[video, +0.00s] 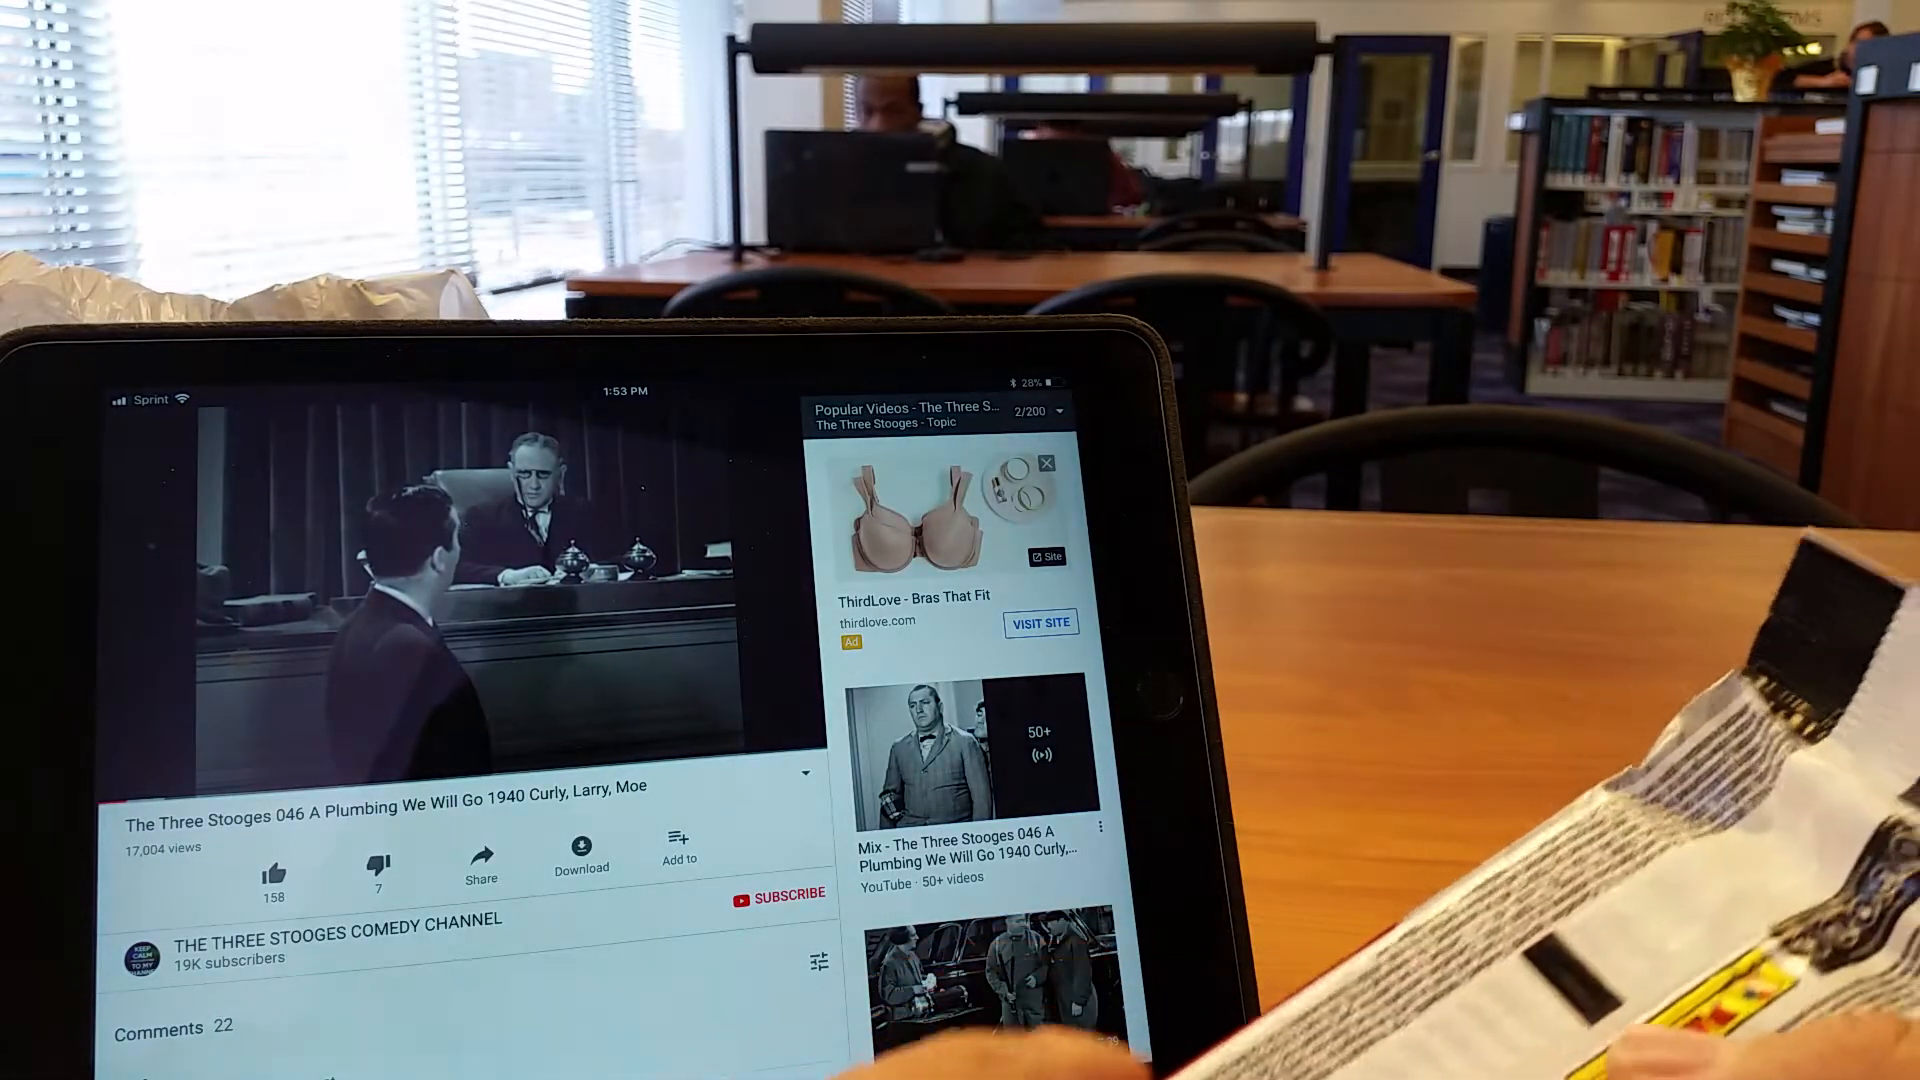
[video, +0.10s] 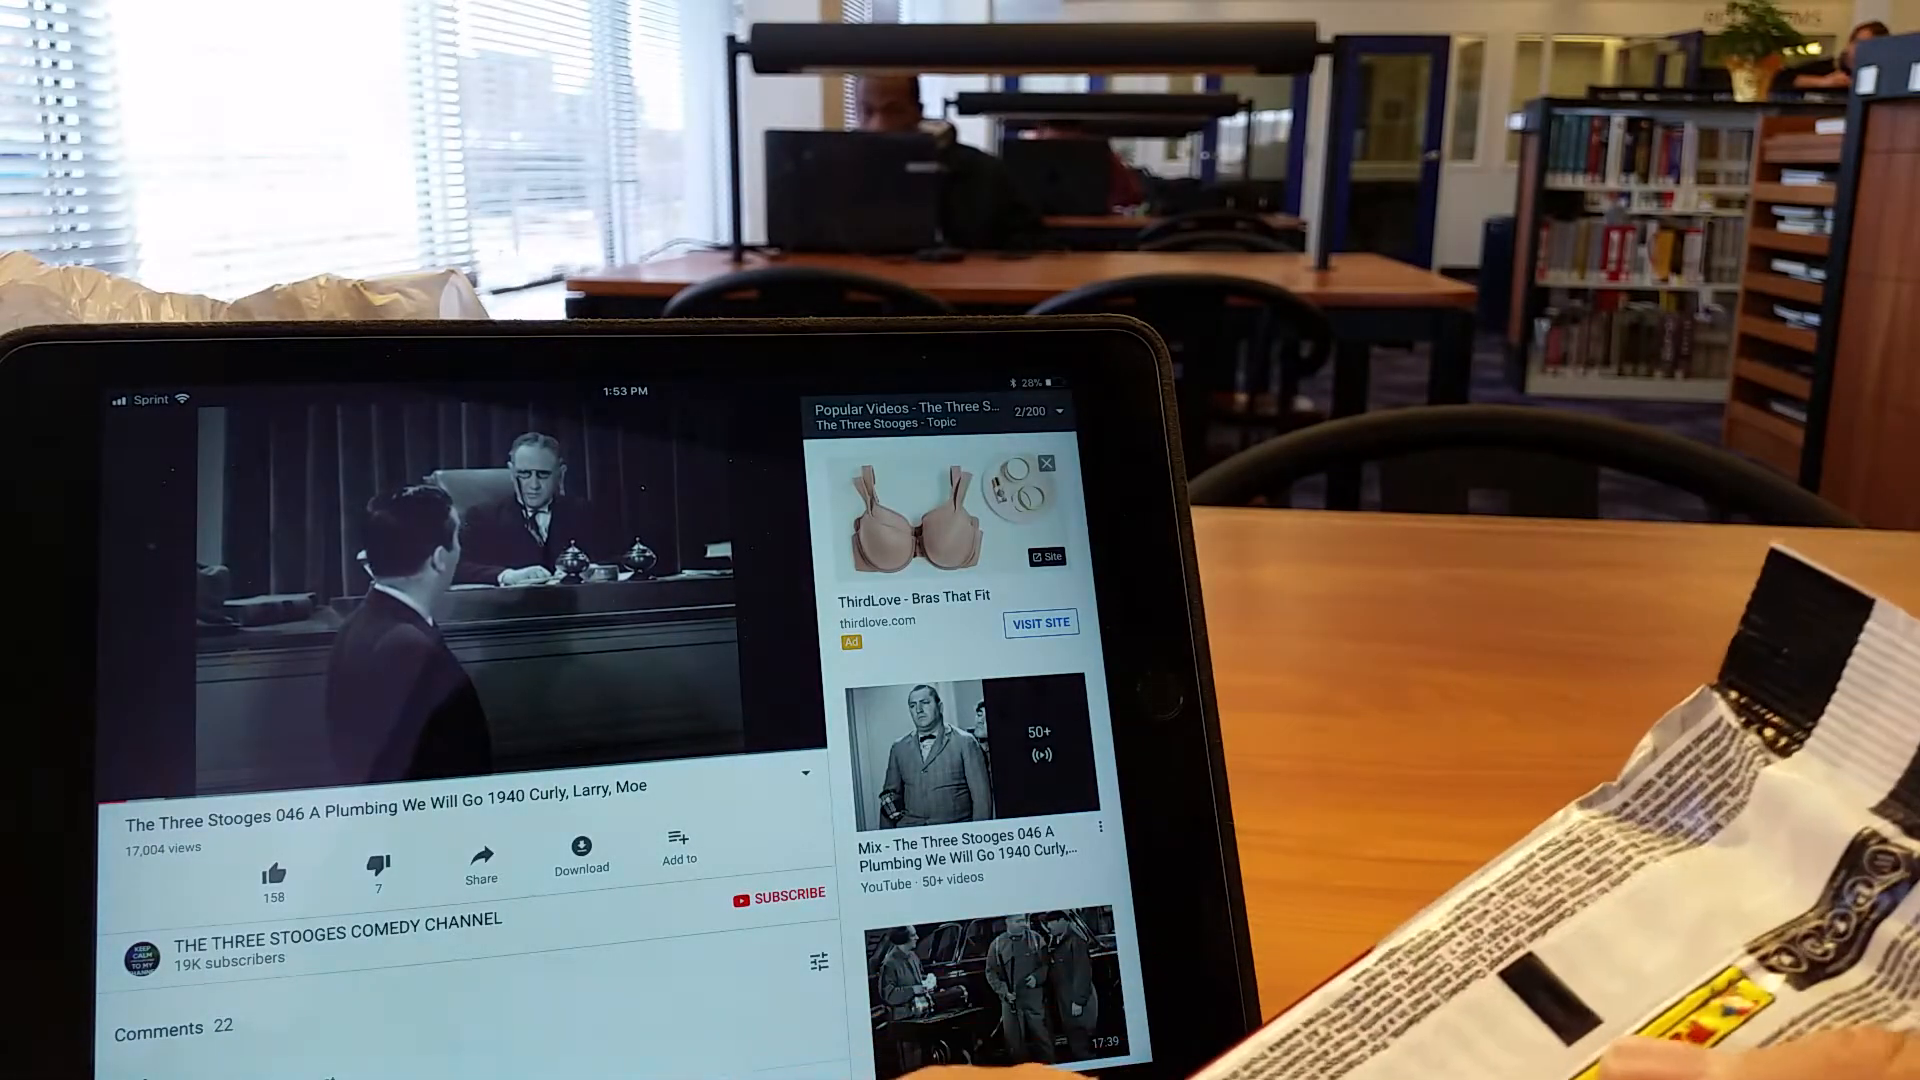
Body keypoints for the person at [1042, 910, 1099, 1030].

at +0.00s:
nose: (1049, 926)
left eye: (1052, 922)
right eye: (1047, 923)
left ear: (1062, 921)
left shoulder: (1076, 942)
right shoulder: (1057, 943)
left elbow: (1082, 972)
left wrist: (1079, 1001)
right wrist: (1036, 977)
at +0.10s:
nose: (1050, 928)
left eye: (1052, 924)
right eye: (1048, 925)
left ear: (1062, 922)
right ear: (1048, 926)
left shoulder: (1075, 940)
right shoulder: (1055, 942)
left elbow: (1083, 971)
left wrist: (1079, 1000)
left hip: (1076, 998)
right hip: (1063, 999)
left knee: (1081, 1043)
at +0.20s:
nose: (1049, 928)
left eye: (1052, 923)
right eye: (1047, 924)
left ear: (1062, 922)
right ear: (1047, 926)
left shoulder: (1075, 939)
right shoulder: (1054, 942)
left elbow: (1083, 971)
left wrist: (1079, 1000)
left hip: (1077, 998)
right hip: (1063, 999)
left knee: (1081, 1045)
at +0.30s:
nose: (1049, 928)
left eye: (1052, 923)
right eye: (1047, 924)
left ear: (1062, 922)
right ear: (1047, 926)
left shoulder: (1075, 939)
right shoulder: (1054, 942)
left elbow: (1083, 971)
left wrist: (1079, 1000)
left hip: (1077, 998)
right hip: (1063, 999)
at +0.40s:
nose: (1050, 927)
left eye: (1053, 922)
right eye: (1048, 923)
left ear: (1062, 921)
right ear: (1047, 925)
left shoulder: (1075, 940)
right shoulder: (1054, 942)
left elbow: (1083, 971)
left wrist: (1079, 1000)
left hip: (1077, 998)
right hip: (1063, 999)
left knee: (1081, 1041)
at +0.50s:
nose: (1050, 926)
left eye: (1052, 922)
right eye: (1048, 923)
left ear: (1062, 921)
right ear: (1047, 925)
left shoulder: (1075, 940)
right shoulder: (1054, 942)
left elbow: (1082, 971)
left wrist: (1079, 1000)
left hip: (1077, 998)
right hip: (1063, 999)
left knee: (1081, 1042)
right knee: (1073, 1041)